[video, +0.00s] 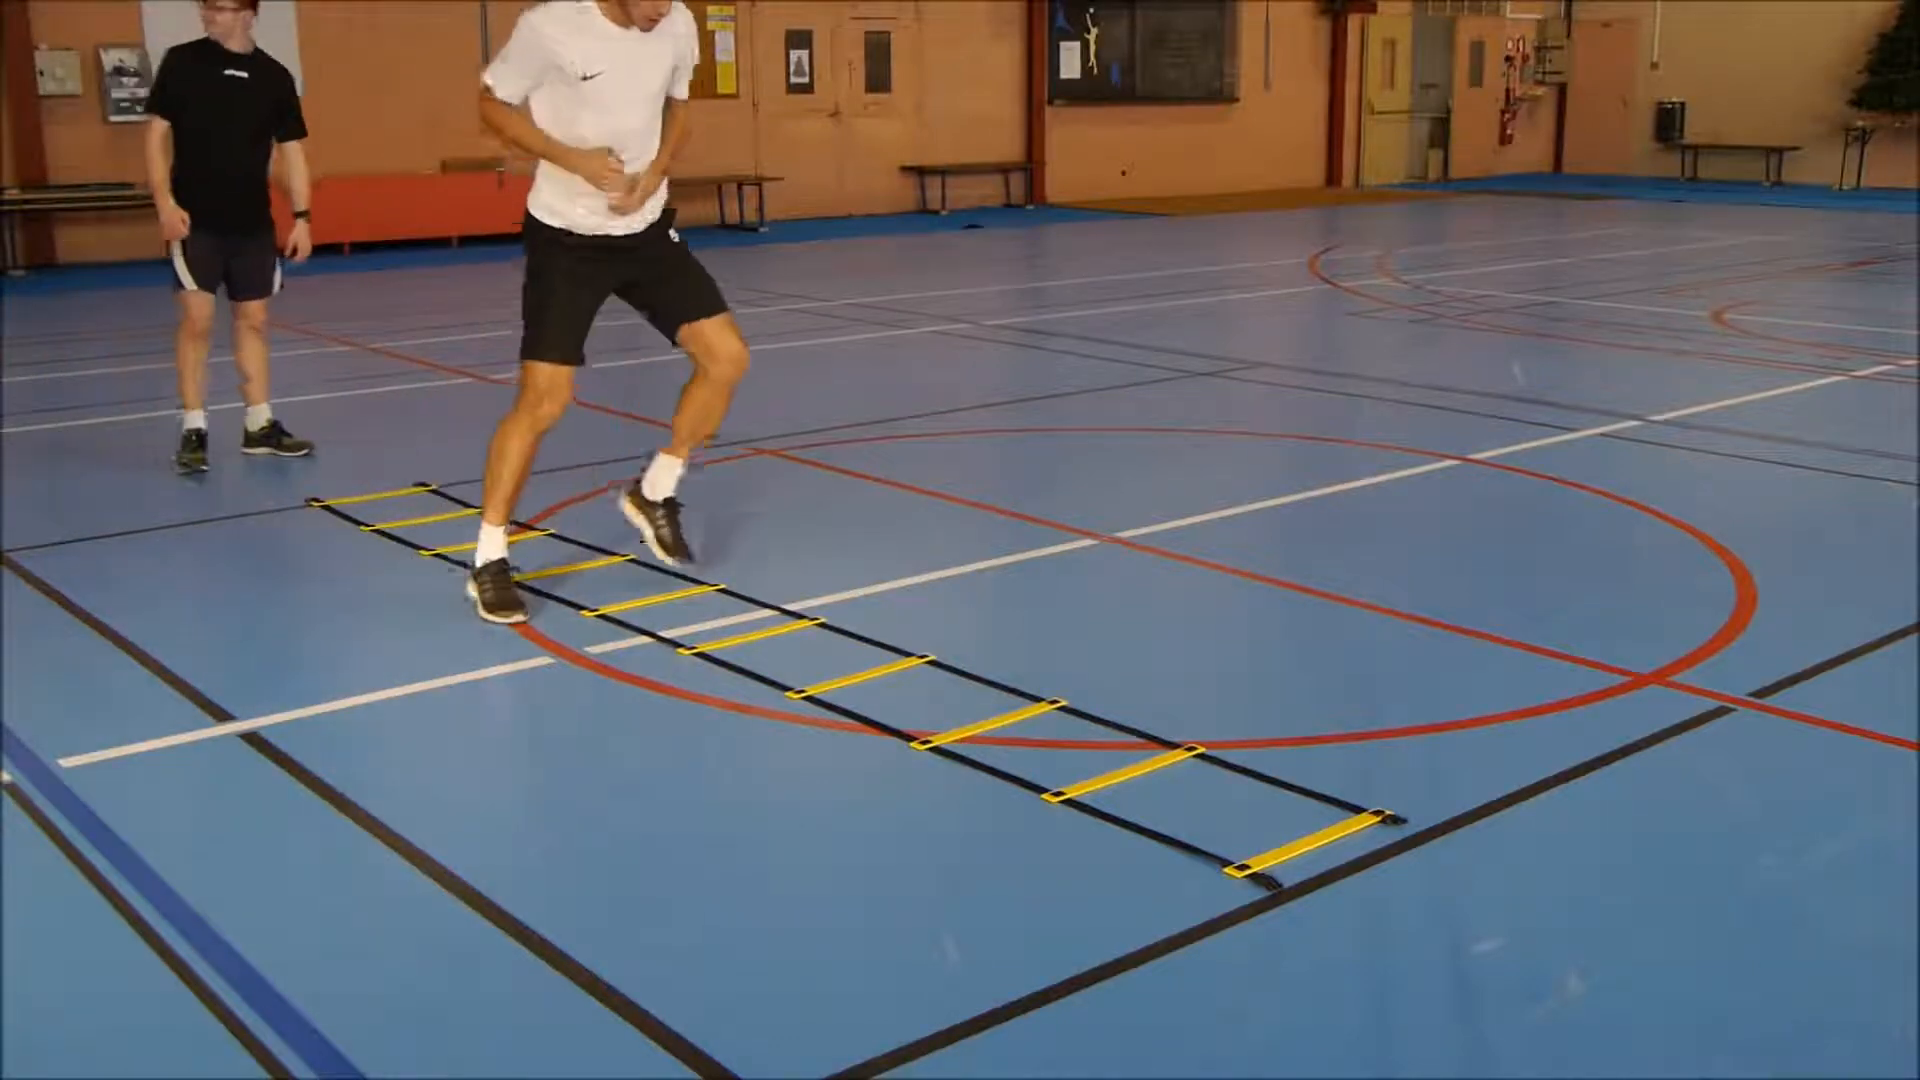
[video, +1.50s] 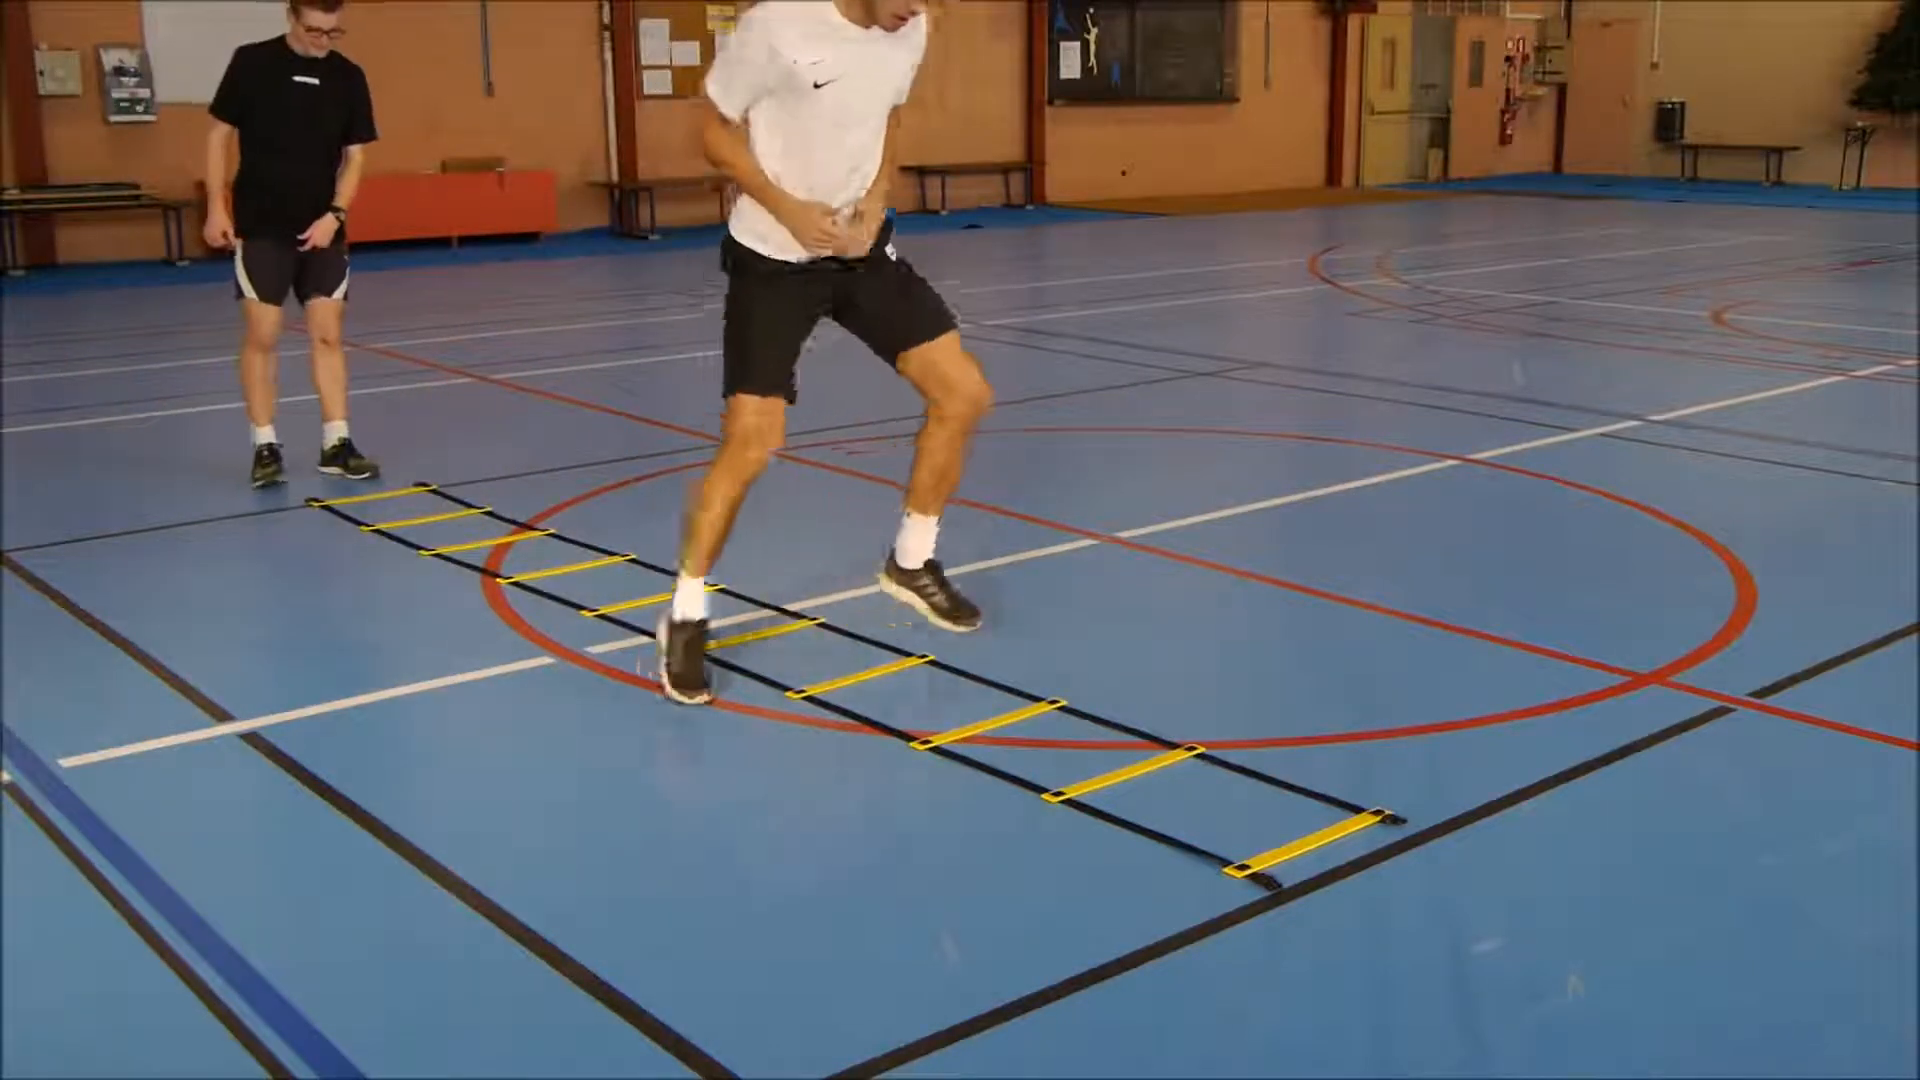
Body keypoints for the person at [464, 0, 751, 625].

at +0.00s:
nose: (658, 16)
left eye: (663, 9)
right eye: (650, 9)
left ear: (666, 1)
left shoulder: (677, 25)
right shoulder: (548, 26)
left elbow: (676, 106)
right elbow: (492, 107)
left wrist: (656, 170)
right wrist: (574, 158)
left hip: (647, 234)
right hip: (565, 240)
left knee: (726, 359)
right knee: (545, 400)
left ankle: (656, 491)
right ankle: (489, 557)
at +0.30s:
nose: (700, 16)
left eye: (708, 8)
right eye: (693, 7)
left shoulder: (737, 32)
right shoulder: (591, 21)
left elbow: (747, 121)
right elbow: (549, 91)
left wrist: (708, 189)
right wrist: (598, 160)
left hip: (701, 233)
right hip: (611, 235)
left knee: (748, 387)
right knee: (615, 389)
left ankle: (740, 529)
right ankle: (642, 531)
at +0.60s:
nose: (733, 5)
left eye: (742, 2)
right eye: (725, 1)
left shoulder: (778, 18)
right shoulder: (627, 12)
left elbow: (793, 109)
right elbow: (584, 76)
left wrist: (739, 183)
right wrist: (619, 151)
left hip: (731, 236)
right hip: (640, 230)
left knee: (757, 405)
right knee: (633, 390)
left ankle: (695, 544)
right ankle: (610, 560)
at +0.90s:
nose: (804, 16)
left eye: (810, 8)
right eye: (794, 8)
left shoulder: (836, 37)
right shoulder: (681, 23)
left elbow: (840, 130)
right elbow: (637, 105)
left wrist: (797, 197)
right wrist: (689, 175)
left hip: (792, 250)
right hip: (696, 247)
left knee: (846, 404)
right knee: (675, 408)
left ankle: (835, 563)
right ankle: (676, 550)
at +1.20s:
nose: (853, 2)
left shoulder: (881, 21)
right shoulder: (722, 12)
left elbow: (874, 108)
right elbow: (670, 83)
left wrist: (831, 180)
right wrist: (708, 161)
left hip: (823, 243)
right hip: (731, 240)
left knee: (839, 421)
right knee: (755, 412)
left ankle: (797, 585)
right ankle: (743, 574)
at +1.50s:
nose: (913, 3)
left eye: (917, 0)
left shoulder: (912, 29)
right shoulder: (773, 26)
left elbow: (887, 116)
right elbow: (714, 131)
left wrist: (876, 202)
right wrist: (792, 210)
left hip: (862, 249)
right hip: (769, 259)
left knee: (961, 395)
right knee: (754, 441)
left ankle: (913, 562)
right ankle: (686, 613)